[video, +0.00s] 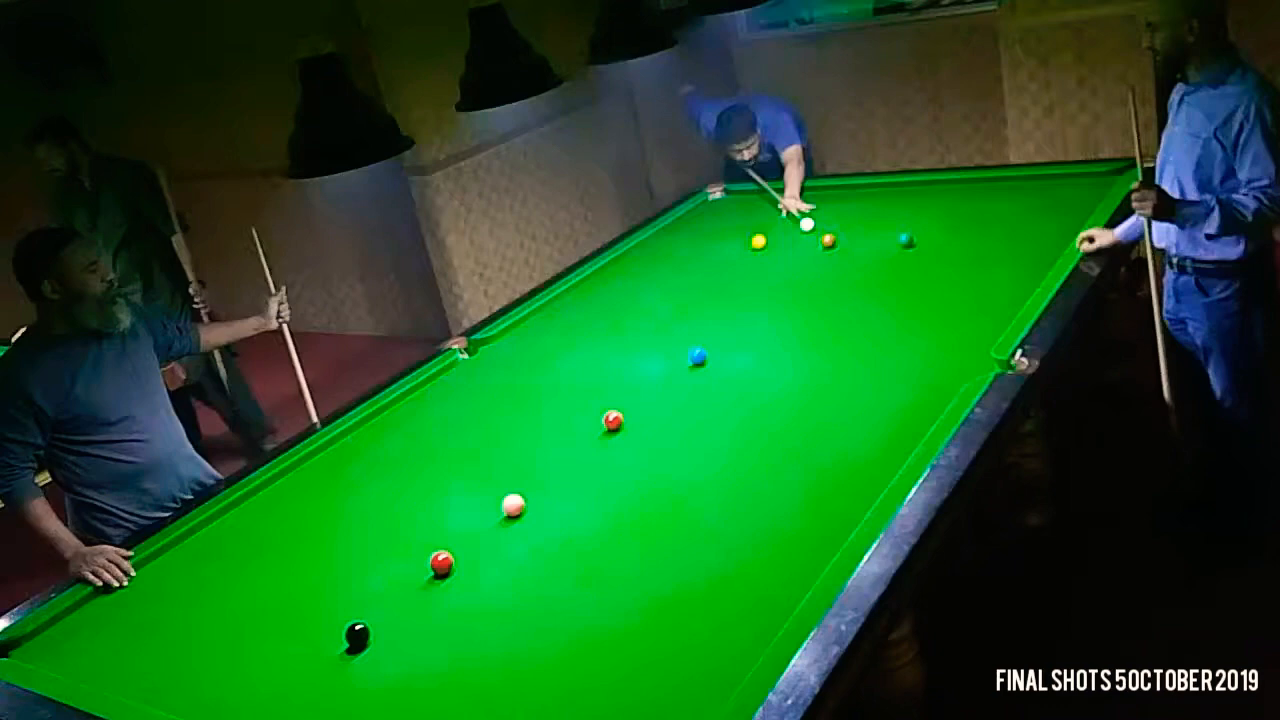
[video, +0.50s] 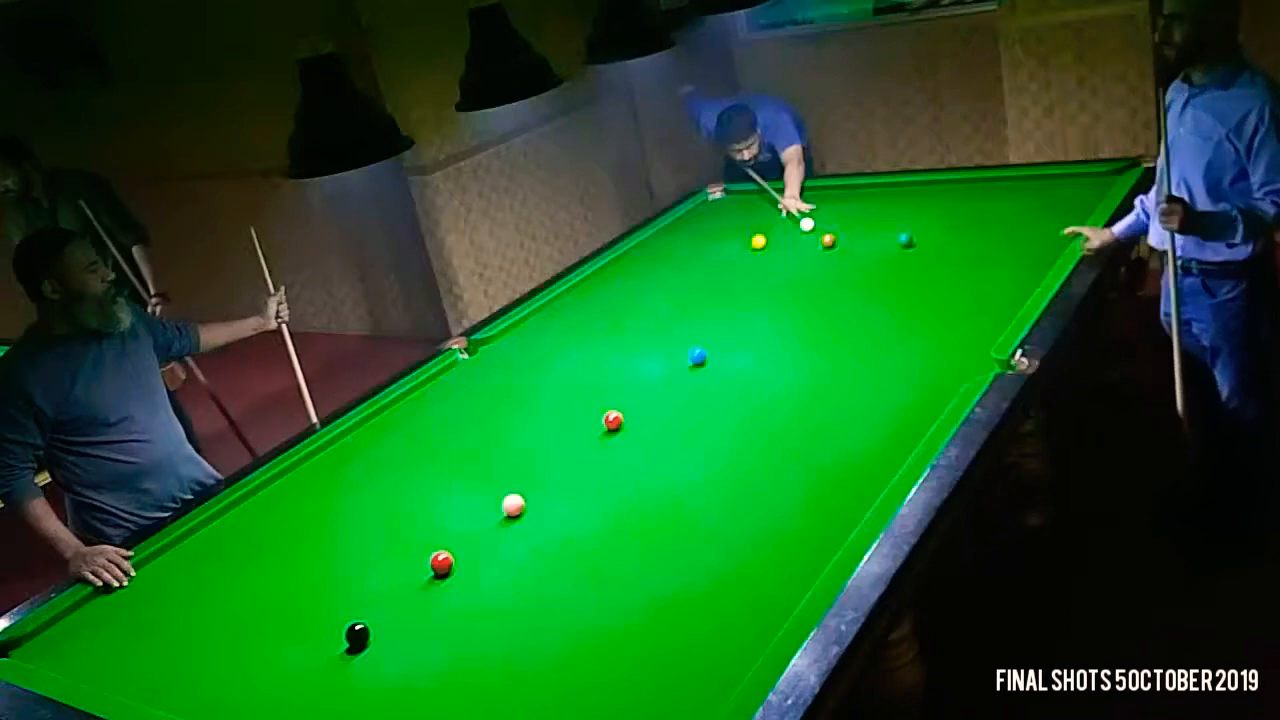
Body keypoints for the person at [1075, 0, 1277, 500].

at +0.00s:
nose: (1150, 41)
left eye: (1158, 28)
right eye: (1149, 30)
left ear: (1196, 28)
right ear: (1190, 31)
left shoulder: (1249, 100)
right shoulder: (1184, 95)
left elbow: (1264, 204)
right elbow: (1172, 189)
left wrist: (1178, 210)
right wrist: (1117, 234)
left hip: (1225, 282)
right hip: (1179, 276)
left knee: (1235, 415)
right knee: (1191, 409)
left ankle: (1243, 522)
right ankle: (1197, 510)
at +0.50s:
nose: (1161, 34)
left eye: (1175, 20)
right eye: (1159, 21)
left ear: (1215, 24)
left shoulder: (1258, 102)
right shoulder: (1179, 94)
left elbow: (1270, 215)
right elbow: (1167, 185)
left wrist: (1198, 221)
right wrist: (1114, 233)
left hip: (1230, 285)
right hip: (1177, 279)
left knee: (1239, 414)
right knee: (1193, 409)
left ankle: (1244, 524)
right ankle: (1198, 514)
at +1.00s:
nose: (1172, 32)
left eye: (1186, 18)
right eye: (1171, 18)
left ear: (1228, 22)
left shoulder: (1266, 103)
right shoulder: (1177, 97)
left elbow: (1275, 214)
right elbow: (1143, 177)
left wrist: (1214, 220)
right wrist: (1098, 249)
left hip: (1237, 287)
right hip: (1176, 279)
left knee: (1242, 416)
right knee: (1186, 410)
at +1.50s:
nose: (1157, 46)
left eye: (1165, 32)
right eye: (1154, 34)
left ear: (1205, 28)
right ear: (1170, 36)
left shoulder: (1260, 102)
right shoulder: (1174, 96)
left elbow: (1272, 213)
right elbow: (1144, 178)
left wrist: (1204, 223)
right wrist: (1103, 252)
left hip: (1242, 288)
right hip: (1188, 282)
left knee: (1247, 410)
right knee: (1195, 405)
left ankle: (1252, 526)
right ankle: (1199, 516)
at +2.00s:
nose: (1151, 63)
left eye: (1157, 52)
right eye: (1146, 52)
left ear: (1193, 39)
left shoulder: (1258, 101)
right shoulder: (1173, 96)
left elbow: (1277, 213)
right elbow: (1145, 179)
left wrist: (1209, 221)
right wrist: (1104, 254)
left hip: (1245, 284)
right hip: (1187, 279)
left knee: (1248, 407)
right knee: (1199, 405)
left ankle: (1258, 520)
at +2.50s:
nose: (1152, 69)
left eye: (1158, 55)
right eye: (1145, 57)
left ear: (1193, 39)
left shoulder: (1260, 99)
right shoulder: (1173, 97)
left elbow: (1277, 210)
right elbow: (1145, 180)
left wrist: (1214, 219)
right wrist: (1104, 253)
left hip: (1243, 284)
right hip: (1185, 278)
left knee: (1248, 409)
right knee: (1199, 407)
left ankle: (1257, 523)